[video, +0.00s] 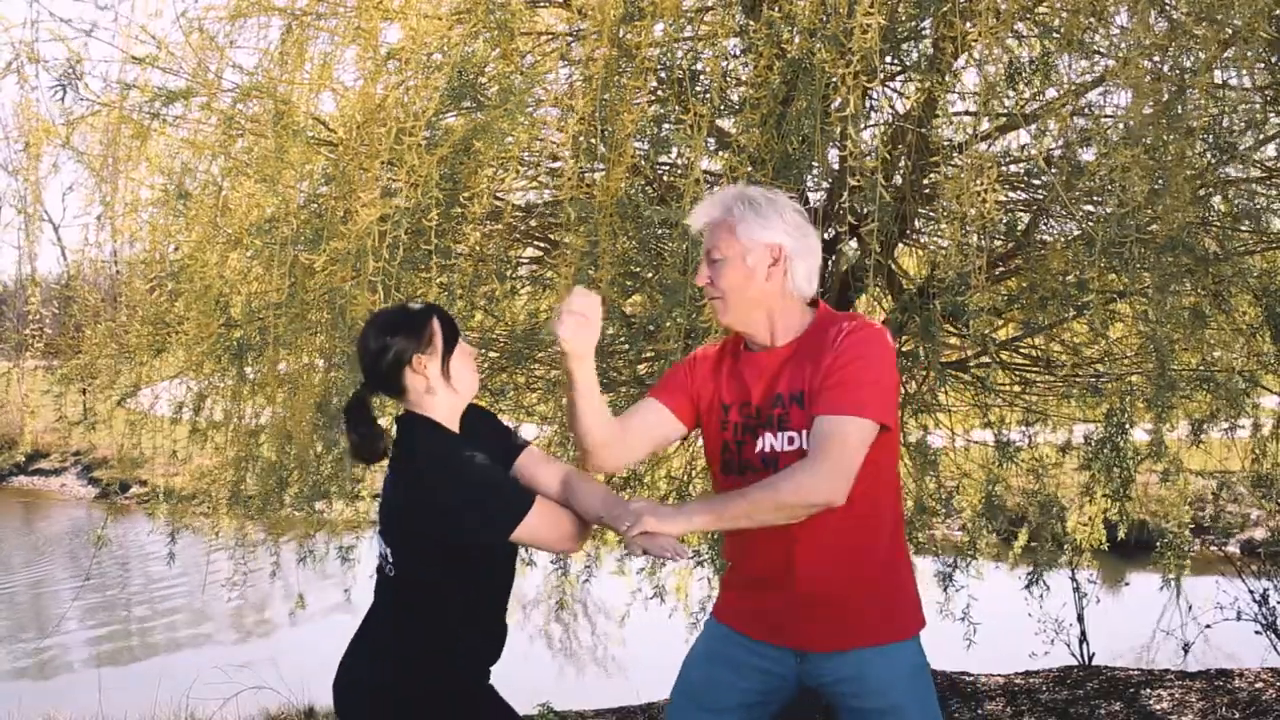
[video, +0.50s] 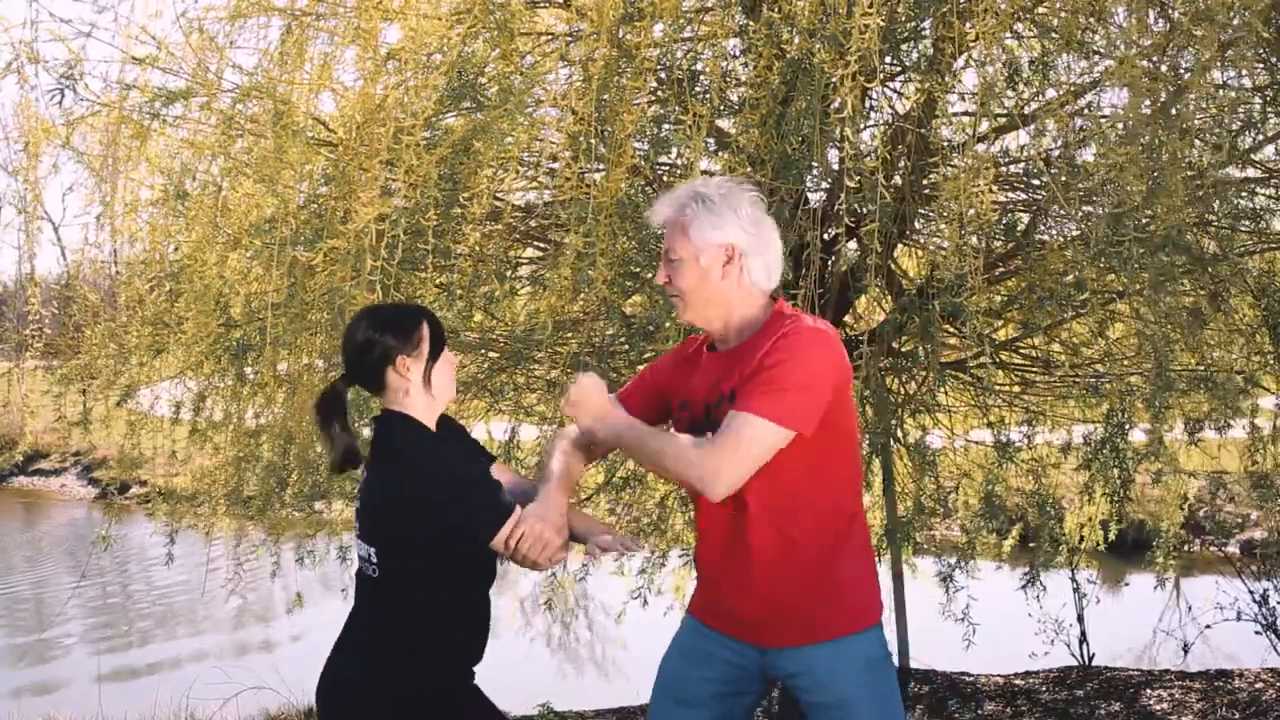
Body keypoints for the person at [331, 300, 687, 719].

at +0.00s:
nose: (474, 350)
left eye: (464, 339)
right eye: (459, 342)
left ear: (422, 368)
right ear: (423, 368)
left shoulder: (466, 422)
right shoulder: (443, 469)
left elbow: (562, 478)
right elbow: (568, 534)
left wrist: (631, 522)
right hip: (430, 696)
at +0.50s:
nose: (454, 359)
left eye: (447, 346)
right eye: (443, 348)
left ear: (401, 368)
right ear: (407, 366)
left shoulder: (434, 429)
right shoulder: (427, 465)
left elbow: (515, 488)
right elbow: (539, 548)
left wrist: (588, 529)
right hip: (414, 695)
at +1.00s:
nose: (472, 360)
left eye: (464, 347)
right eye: (459, 349)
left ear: (421, 370)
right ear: (423, 368)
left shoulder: (448, 431)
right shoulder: (435, 468)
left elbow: (529, 496)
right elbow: (544, 560)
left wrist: (590, 542)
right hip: (421, 697)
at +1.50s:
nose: (439, 359)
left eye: (434, 346)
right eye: (429, 347)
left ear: (380, 362)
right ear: (389, 362)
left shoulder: (336, 436)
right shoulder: (430, 459)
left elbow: (392, 470)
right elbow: (548, 529)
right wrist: (606, 503)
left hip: (307, 686)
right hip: (397, 693)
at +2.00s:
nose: (390, 357)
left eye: (384, 344)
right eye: (378, 345)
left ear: (324, 365)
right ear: (333, 362)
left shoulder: (283, 432)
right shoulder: (359, 452)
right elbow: (493, 493)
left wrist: (400, 437)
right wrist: (529, 398)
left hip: (267, 682)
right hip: (348, 689)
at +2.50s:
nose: (431, 382)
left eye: (428, 368)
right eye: (424, 368)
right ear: (382, 372)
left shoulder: (312, 446)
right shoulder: (407, 454)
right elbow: (539, 499)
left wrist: (436, 432)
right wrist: (504, 436)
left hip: (300, 687)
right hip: (390, 688)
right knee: (482, 712)